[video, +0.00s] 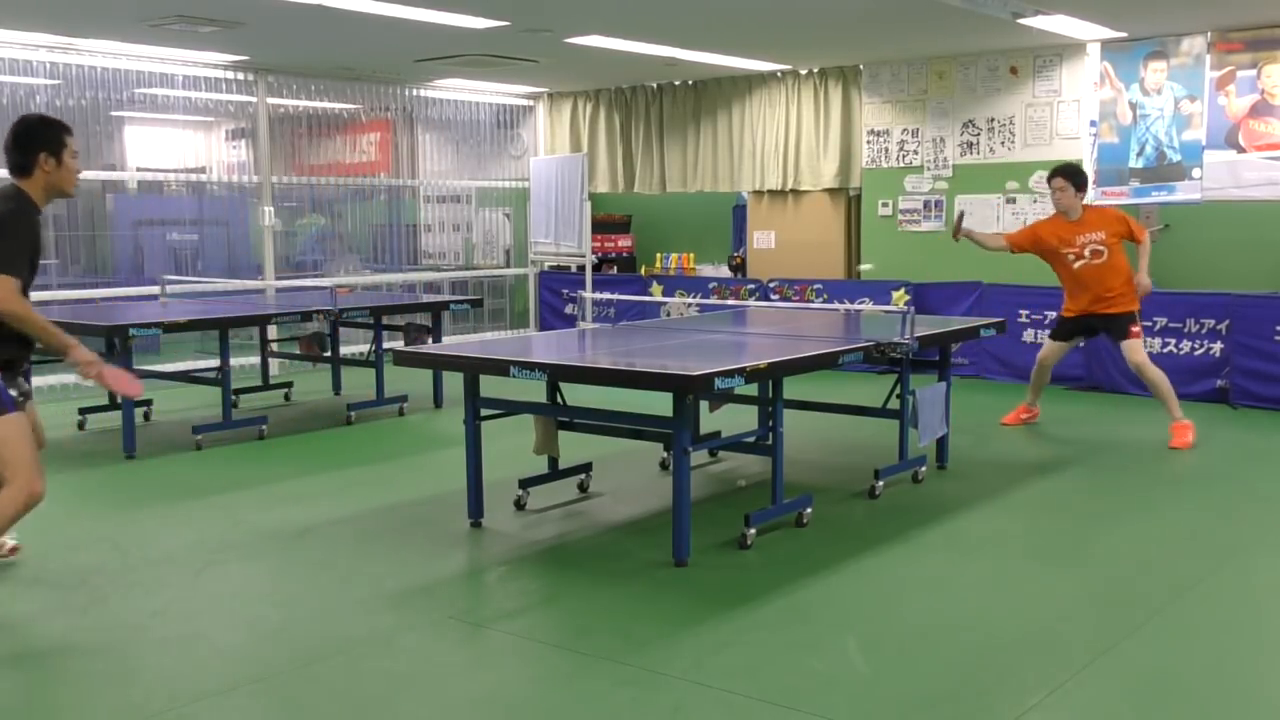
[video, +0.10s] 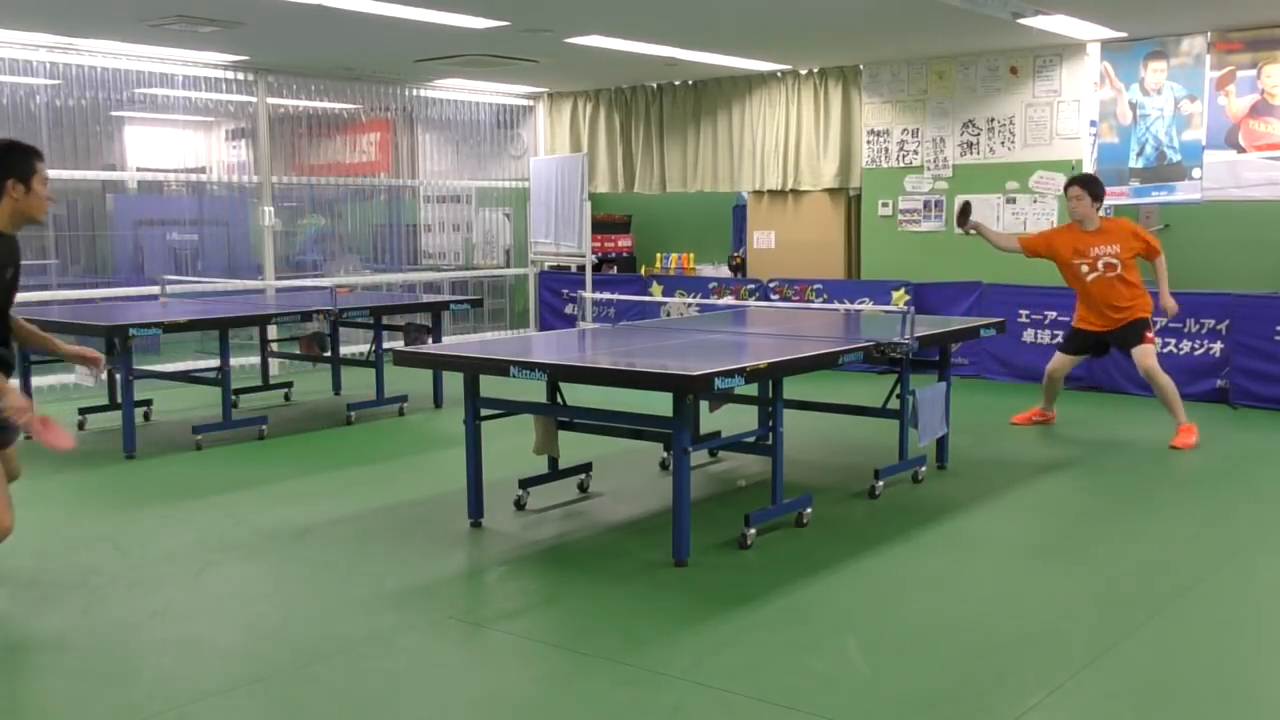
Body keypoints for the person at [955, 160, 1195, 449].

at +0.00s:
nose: (1054, 196)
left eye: (1060, 190)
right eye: (1052, 191)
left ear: (1079, 192)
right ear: (1051, 195)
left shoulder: (1109, 218)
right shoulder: (1044, 231)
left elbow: (1143, 236)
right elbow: (1002, 242)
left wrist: (1143, 272)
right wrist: (968, 233)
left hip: (1120, 307)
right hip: (1076, 311)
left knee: (1138, 361)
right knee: (1044, 359)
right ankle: (1030, 407)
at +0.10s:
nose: (1072, 205)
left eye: (1078, 199)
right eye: (1069, 200)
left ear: (1096, 201)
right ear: (1067, 204)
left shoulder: (1124, 229)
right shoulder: (1059, 238)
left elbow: (1156, 253)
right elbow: (1012, 242)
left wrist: (1165, 294)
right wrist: (977, 227)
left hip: (1131, 316)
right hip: (1089, 320)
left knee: (1147, 366)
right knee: (1053, 371)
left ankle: (1184, 425)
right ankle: (1046, 411)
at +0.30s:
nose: (1071, 198)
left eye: (1077, 192)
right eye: (1069, 193)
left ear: (1095, 196)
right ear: (1067, 196)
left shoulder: (1120, 230)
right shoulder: (1059, 231)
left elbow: (1150, 268)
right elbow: (1020, 251)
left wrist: (1149, 307)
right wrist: (991, 242)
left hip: (1119, 315)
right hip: (1079, 314)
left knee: (1137, 369)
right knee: (1041, 362)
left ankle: (1181, 426)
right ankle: (1045, 410)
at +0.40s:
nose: (1060, 183)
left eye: (1066, 178)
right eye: (1057, 178)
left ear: (1085, 180)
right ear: (1055, 181)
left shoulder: (1107, 217)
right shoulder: (1048, 217)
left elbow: (1134, 255)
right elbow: (1018, 248)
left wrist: (1124, 287)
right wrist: (993, 247)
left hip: (1103, 304)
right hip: (1064, 305)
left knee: (1126, 358)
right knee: (1036, 352)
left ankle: (1157, 420)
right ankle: (1044, 408)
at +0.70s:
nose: (1026, 198)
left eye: (1032, 193)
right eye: (1024, 193)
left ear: (1050, 195)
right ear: (1023, 195)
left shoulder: (1071, 227)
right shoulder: (1031, 232)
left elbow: (1097, 263)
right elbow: (1026, 270)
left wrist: (1072, 292)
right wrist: (1001, 288)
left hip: (1077, 309)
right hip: (1042, 308)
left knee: (1084, 363)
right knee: (1008, 350)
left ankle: (1120, 413)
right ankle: (1008, 402)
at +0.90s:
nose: (1011, 209)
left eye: (1015, 203)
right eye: (1009, 204)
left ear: (1033, 204)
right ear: (1010, 205)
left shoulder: (1055, 232)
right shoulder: (1025, 236)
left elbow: (1089, 267)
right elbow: (1030, 269)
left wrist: (1079, 304)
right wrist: (997, 272)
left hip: (1070, 311)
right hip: (1038, 310)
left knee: (1076, 360)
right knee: (1001, 347)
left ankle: (1114, 411)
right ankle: (1007, 401)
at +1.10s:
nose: (1025, 203)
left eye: (1031, 198)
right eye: (1023, 198)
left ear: (1048, 201)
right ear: (1022, 199)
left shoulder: (1067, 232)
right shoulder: (1020, 230)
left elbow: (1099, 264)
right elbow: (984, 234)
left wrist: (1081, 296)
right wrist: (948, 228)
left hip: (1078, 309)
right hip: (1045, 308)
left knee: (1084, 357)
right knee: (1002, 344)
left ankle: (1117, 413)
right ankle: (1007, 401)